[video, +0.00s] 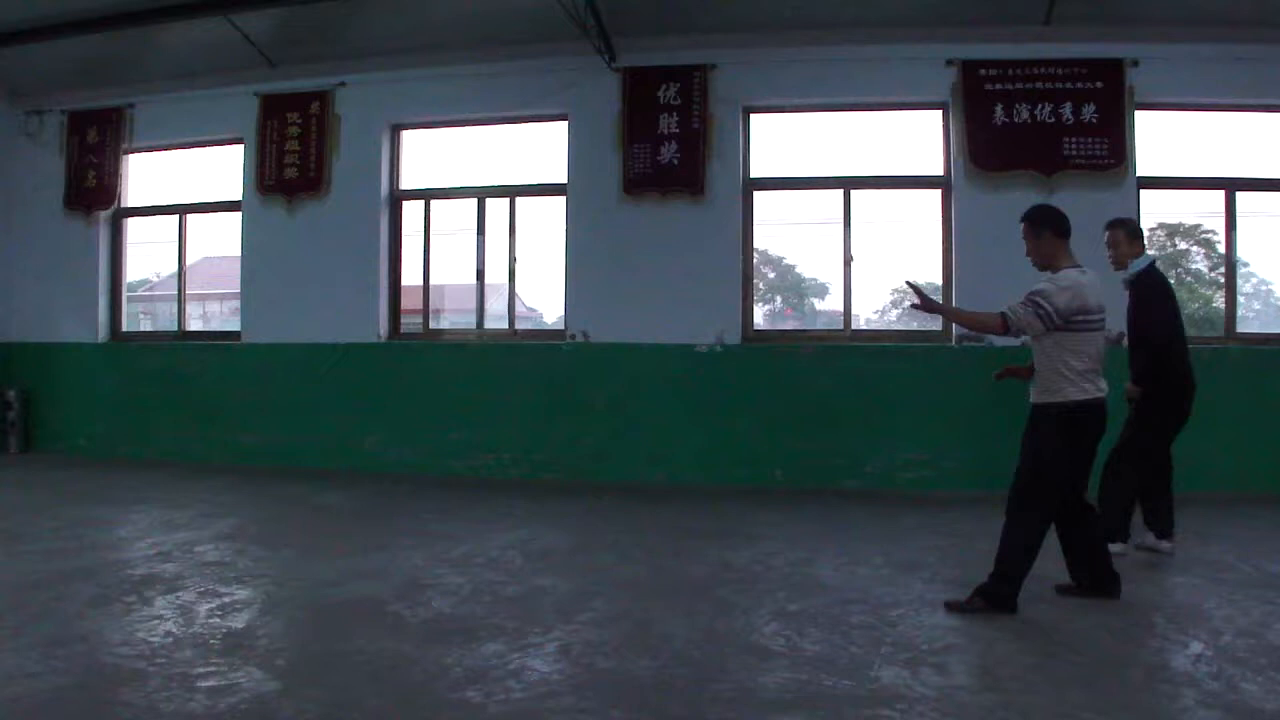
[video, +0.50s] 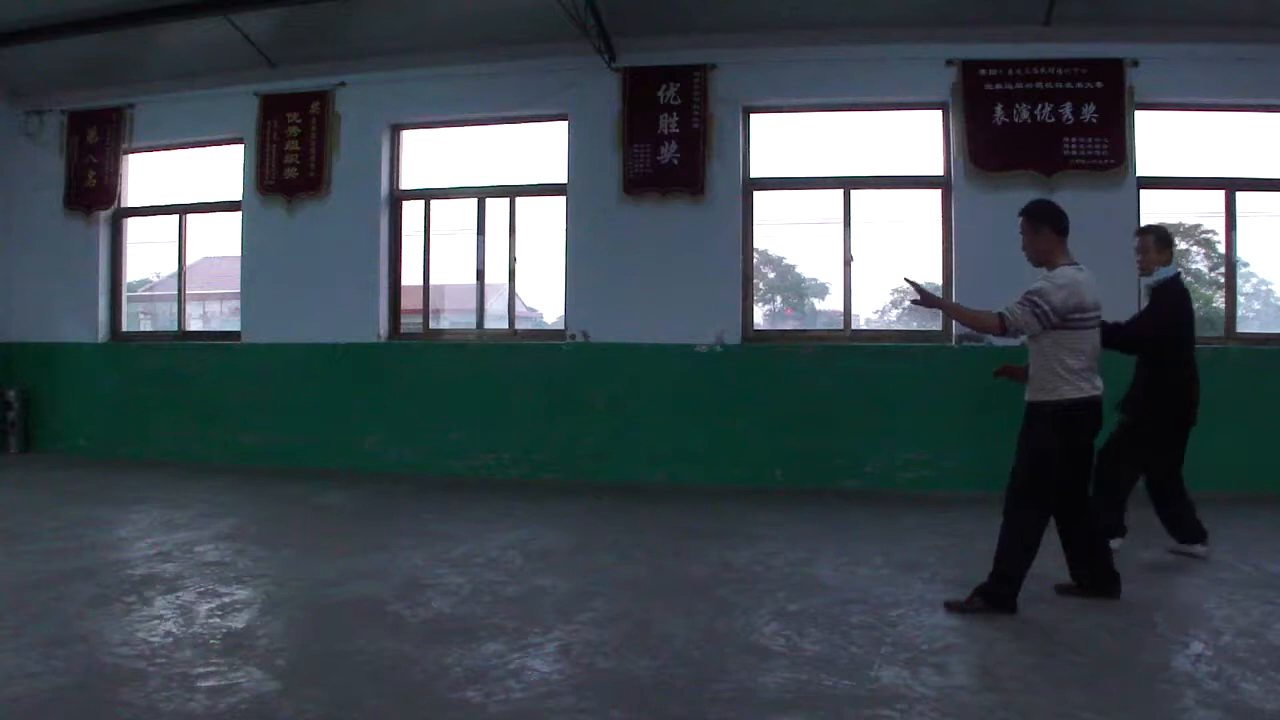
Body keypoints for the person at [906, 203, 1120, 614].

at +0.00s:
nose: (1026, 251)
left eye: (1029, 241)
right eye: (1025, 242)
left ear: (1049, 239)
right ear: (1062, 240)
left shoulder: (1058, 289)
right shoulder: (1088, 285)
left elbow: (1003, 324)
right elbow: (1083, 354)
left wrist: (941, 310)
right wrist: (1030, 370)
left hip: (1060, 413)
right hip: (1086, 409)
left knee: (1028, 502)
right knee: (1067, 496)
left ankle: (1000, 593)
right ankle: (1098, 580)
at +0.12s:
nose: (1025, 250)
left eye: (1029, 240)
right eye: (1025, 241)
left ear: (1049, 239)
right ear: (1061, 240)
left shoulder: (1058, 289)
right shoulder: (1087, 285)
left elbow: (1002, 323)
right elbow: (1083, 353)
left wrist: (940, 310)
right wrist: (1030, 371)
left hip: (1060, 413)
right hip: (1086, 409)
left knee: (1028, 502)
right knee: (1067, 497)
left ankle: (1000, 593)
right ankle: (1098, 580)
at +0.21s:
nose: (1024, 249)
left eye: (1027, 239)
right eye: (1023, 240)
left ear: (1047, 239)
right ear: (1060, 239)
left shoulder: (1057, 288)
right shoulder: (1087, 285)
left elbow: (1000, 322)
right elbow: (1082, 354)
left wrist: (936, 310)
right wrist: (1029, 372)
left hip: (1059, 412)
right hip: (1085, 408)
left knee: (1027, 502)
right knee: (1067, 497)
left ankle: (1000, 593)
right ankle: (1098, 580)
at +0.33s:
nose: (1022, 247)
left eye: (1027, 237)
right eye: (1022, 238)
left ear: (1048, 237)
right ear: (1059, 239)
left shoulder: (1056, 288)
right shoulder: (1083, 284)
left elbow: (999, 322)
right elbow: (1078, 358)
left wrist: (936, 309)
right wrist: (1028, 377)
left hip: (1058, 410)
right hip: (1082, 406)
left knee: (1026, 501)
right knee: (1068, 498)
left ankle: (1000, 593)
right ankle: (1098, 580)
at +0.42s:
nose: (1022, 245)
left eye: (1026, 236)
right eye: (1022, 237)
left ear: (1047, 236)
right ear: (1059, 237)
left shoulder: (1055, 287)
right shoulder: (1083, 283)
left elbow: (999, 323)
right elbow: (1077, 357)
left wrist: (938, 307)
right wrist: (1027, 377)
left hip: (1057, 411)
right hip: (1081, 407)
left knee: (1025, 501)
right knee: (1069, 497)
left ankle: (1000, 593)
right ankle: (1098, 579)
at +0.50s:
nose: (1022, 244)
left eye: (1026, 235)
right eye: (1021, 235)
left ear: (1048, 236)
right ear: (1058, 238)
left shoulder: (1053, 287)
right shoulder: (1082, 282)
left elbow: (1000, 324)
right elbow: (1078, 355)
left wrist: (942, 305)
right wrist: (1029, 372)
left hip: (1055, 410)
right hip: (1081, 406)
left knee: (1025, 501)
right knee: (1069, 497)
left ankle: (1000, 593)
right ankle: (1098, 580)